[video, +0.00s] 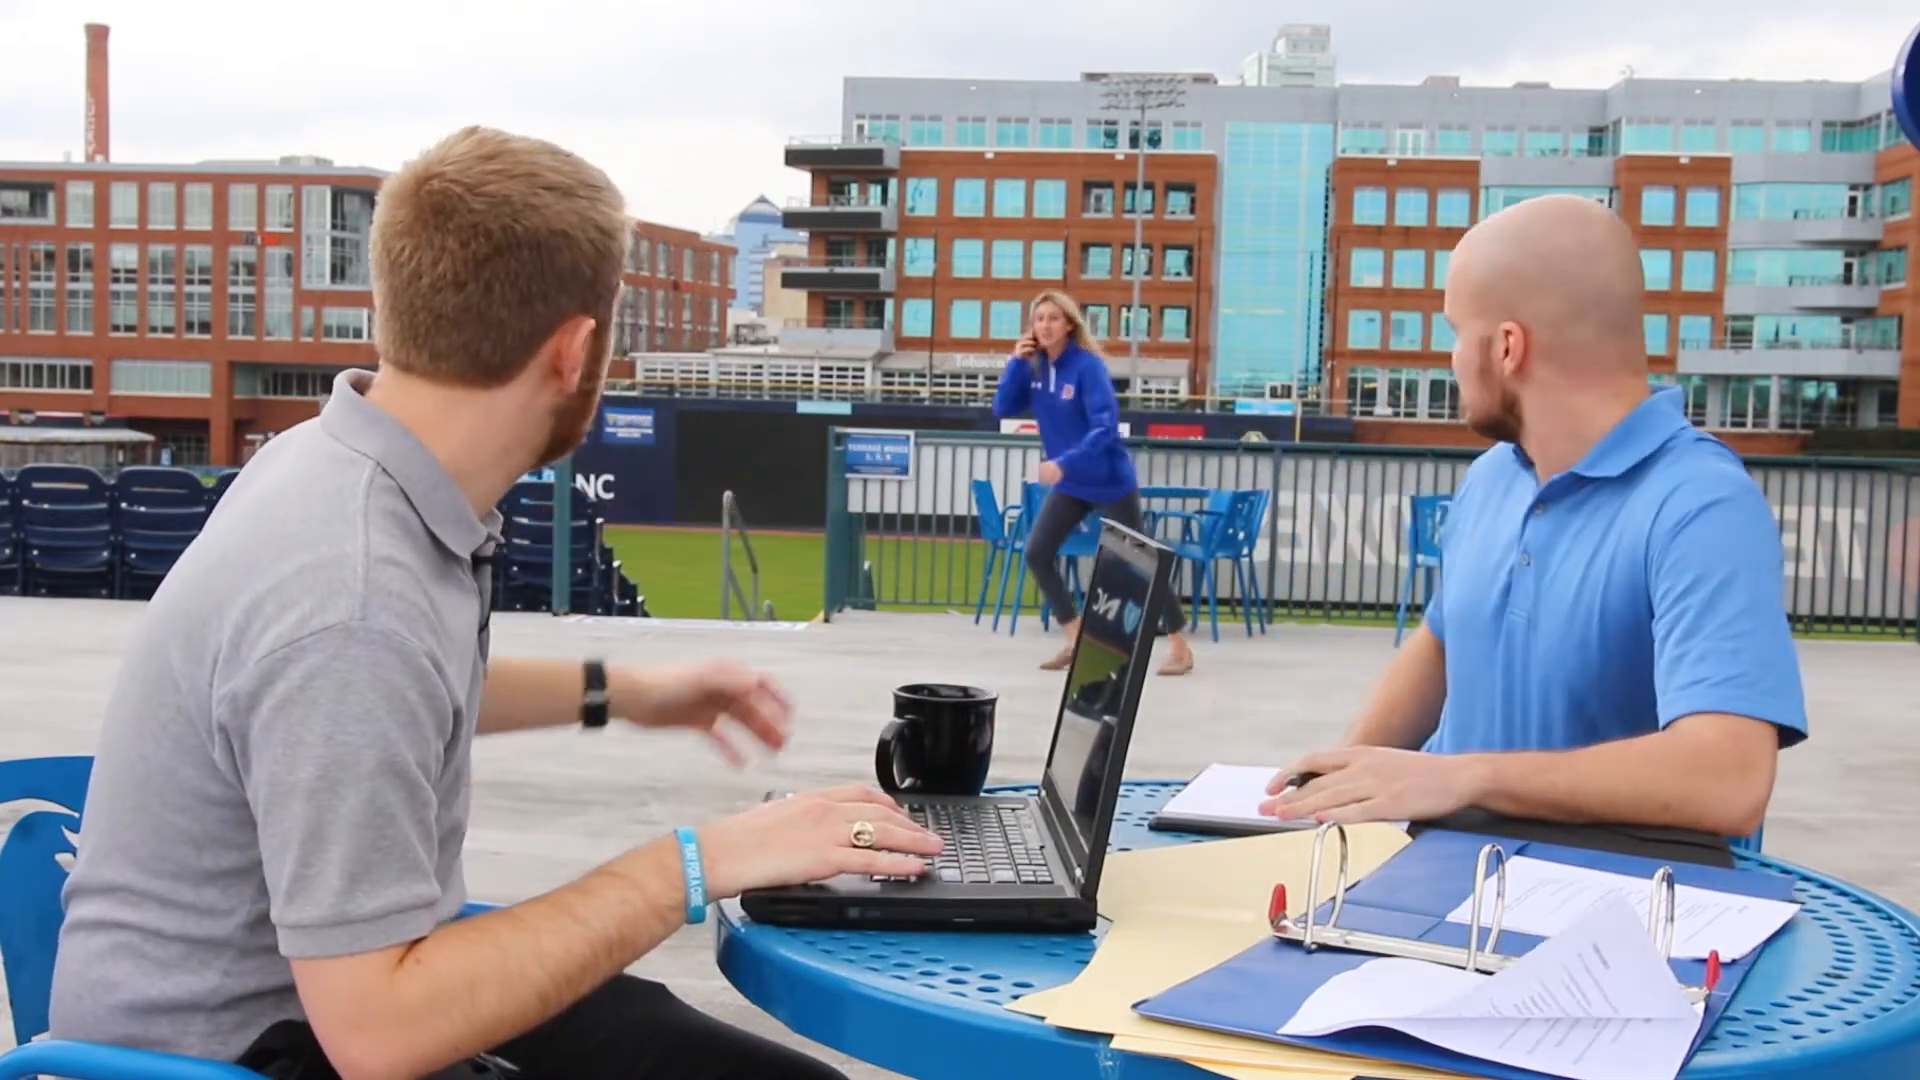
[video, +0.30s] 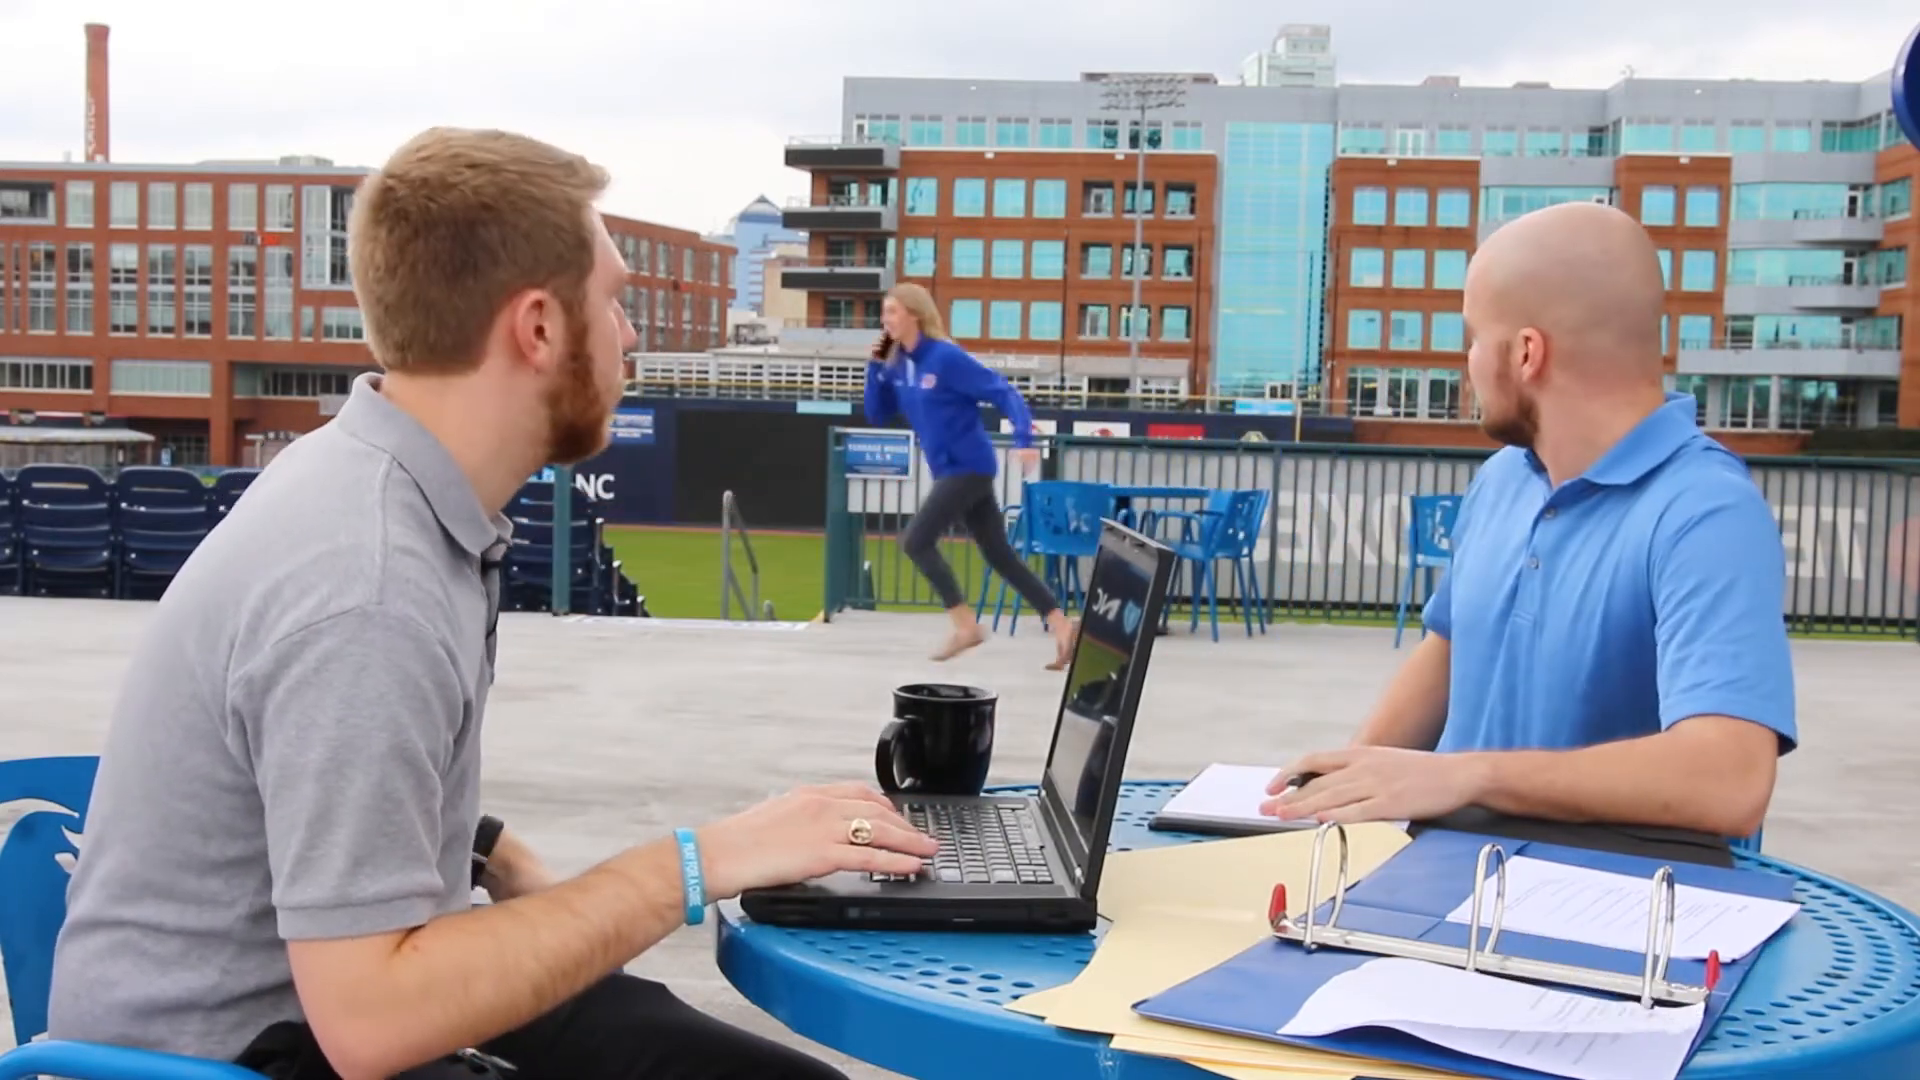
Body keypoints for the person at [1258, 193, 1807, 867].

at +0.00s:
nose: (1454, 356)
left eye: (1459, 332)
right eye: (1454, 331)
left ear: (1510, 348)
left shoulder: (1701, 501)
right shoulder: (1492, 479)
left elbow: (1726, 779)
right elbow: (1438, 644)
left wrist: (1466, 774)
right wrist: (1355, 763)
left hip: (1638, 918)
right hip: (1455, 882)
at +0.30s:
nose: (1465, 362)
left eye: (1472, 337)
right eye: (1467, 336)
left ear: (1528, 354)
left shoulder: (1705, 507)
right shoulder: (1503, 480)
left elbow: (1727, 779)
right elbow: (1449, 642)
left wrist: (1466, 773)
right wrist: (1365, 760)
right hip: (1459, 881)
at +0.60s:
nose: (1465, 357)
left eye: (1473, 333)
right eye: (1467, 332)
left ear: (1533, 351)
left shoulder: (1704, 508)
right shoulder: (1498, 477)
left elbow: (1727, 780)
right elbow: (1440, 644)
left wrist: (1464, 774)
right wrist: (1361, 760)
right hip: (1458, 879)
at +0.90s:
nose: (1445, 374)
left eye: (1478, 354)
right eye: (1451, 344)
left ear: (1585, 373)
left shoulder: (1716, 521)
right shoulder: (1447, 485)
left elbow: (1726, 775)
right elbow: (1395, 639)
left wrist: (1468, 771)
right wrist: (1332, 772)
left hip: (1646, 898)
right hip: (1453, 869)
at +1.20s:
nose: (1340, 566)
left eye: (1379, 542)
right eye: (1324, 529)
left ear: (1483, 505)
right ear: (1313, 489)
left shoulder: (1616, 528)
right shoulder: (1296, 557)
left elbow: (1736, 783)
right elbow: (1289, 631)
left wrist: (1467, 776)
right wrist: (1309, 785)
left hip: (1622, 875)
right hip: (1425, 863)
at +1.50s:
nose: (1323, 306)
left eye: (1354, 263)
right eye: (1290, 272)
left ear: (1442, 209)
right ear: (1264, 248)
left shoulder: (1598, 344)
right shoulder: (1273, 404)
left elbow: (1692, 640)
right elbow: (1295, 595)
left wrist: (1454, 787)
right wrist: (1302, 783)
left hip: (1610, 761)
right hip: (1389, 749)